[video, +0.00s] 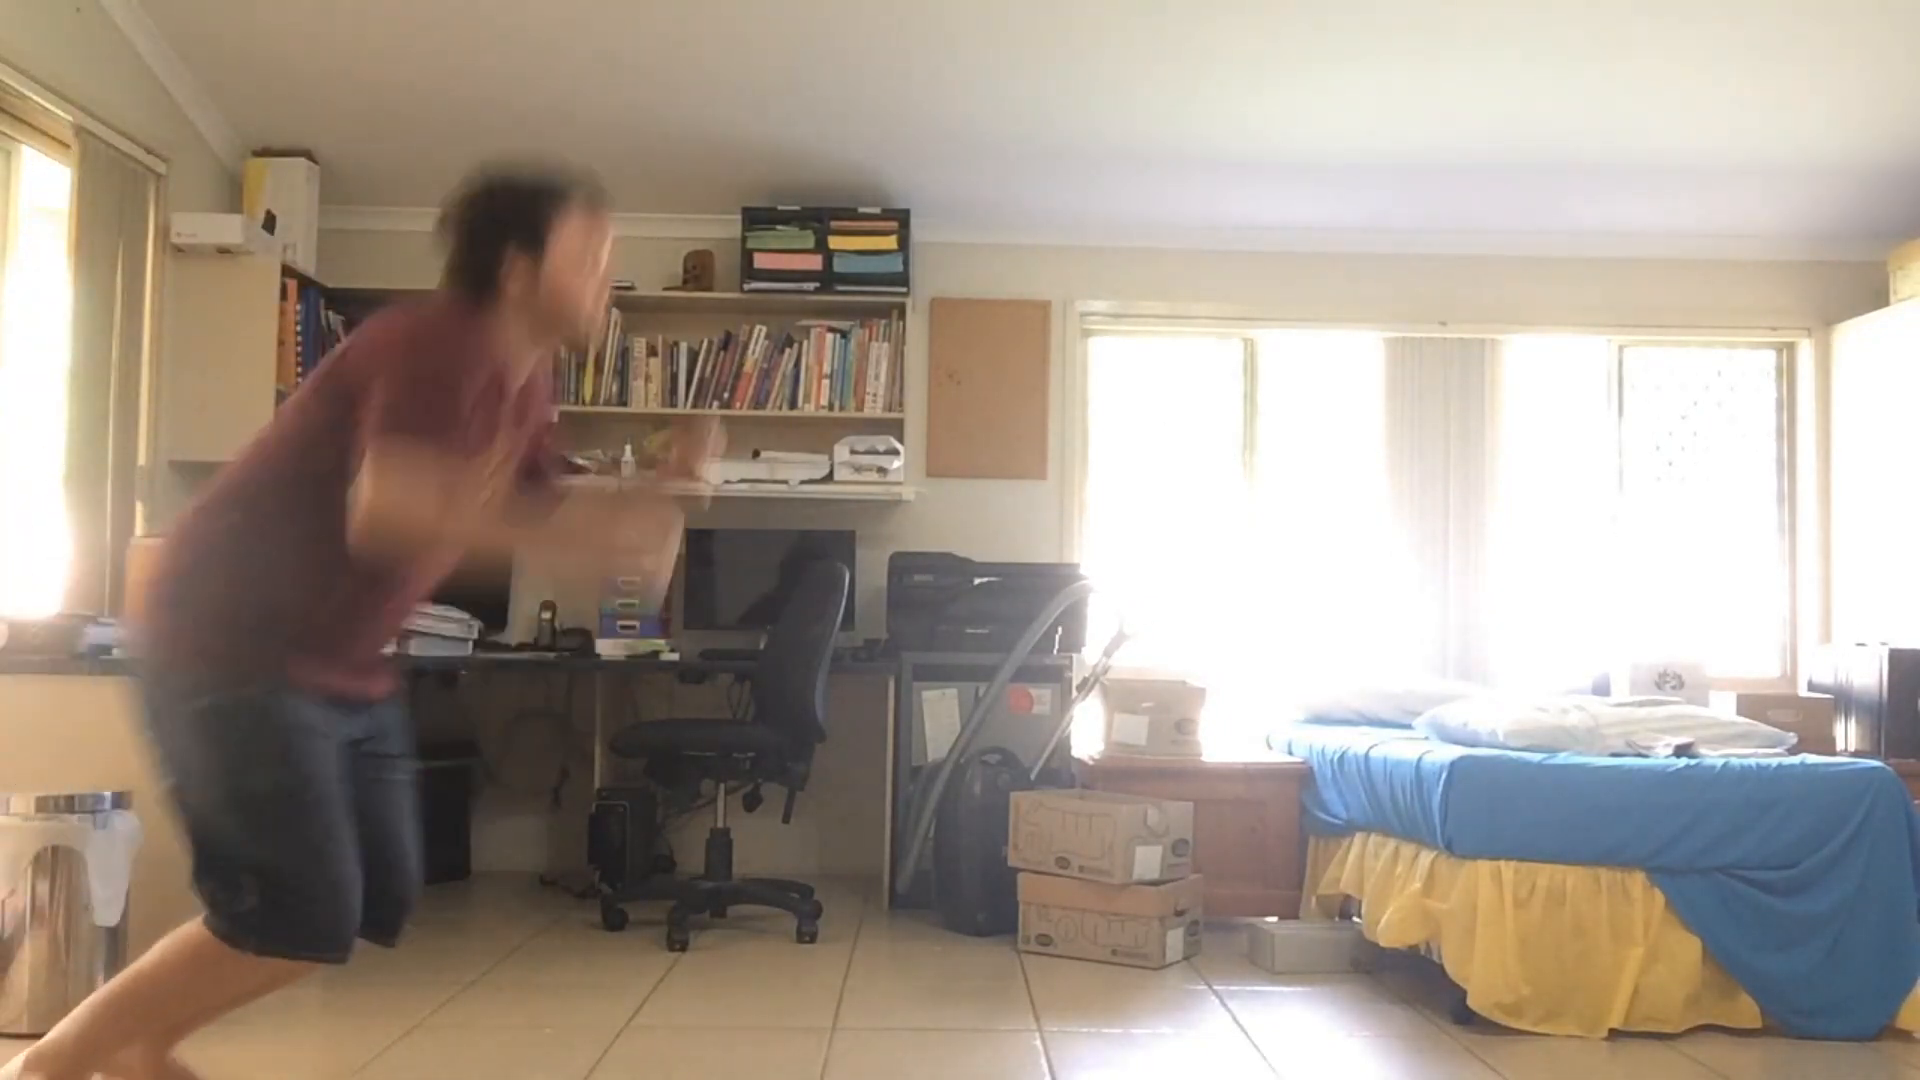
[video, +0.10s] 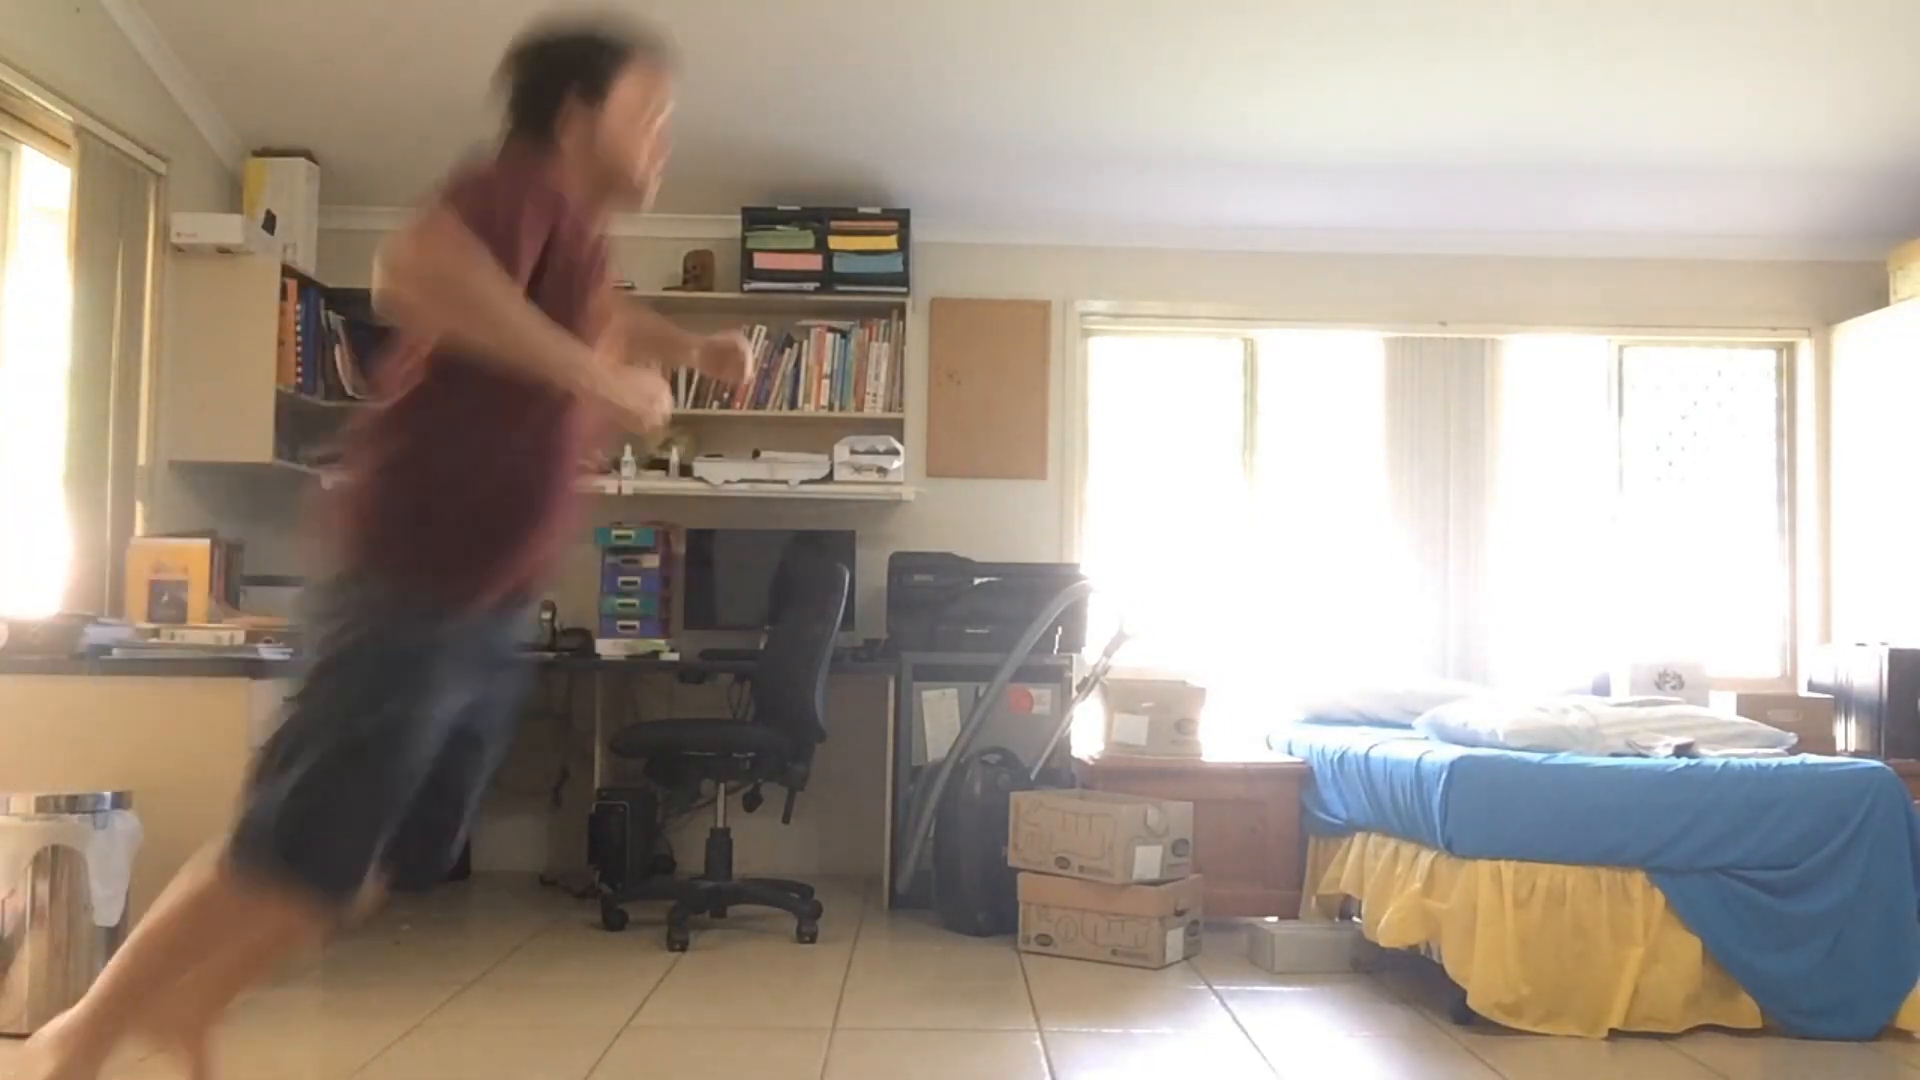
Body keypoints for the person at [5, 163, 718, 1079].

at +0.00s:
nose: (606, 282)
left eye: (606, 260)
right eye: (590, 257)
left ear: (547, 271)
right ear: (518, 264)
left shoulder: (525, 378)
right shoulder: (438, 340)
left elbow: (528, 507)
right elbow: (386, 508)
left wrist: (653, 489)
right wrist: (566, 535)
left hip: (345, 656)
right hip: (228, 643)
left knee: (372, 898)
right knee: (300, 912)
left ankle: (145, 1042)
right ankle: (53, 1063)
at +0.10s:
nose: (665, 135)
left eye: (666, 112)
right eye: (651, 109)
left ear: (598, 117)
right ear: (579, 111)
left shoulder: (575, 230)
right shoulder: (516, 188)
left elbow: (600, 320)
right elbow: (419, 267)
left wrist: (688, 347)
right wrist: (595, 372)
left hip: (490, 596)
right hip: (409, 583)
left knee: (363, 869)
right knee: (289, 860)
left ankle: (187, 1021)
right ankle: (65, 1050)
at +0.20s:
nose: (762, 55)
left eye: (767, 34)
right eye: (749, 27)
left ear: (698, 28)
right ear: (682, 18)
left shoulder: (684, 138)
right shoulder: (607, 91)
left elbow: (649, 292)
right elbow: (476, 225)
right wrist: (551, 424)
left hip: (650, 496)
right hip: (577, 481)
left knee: (545, 758)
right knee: (517, 755)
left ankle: (308, 925)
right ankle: (215, 902)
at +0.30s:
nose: (944, 87)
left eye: (952, 67)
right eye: (939, 57)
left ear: (892, 44)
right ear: (883, 30)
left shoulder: (829, 135)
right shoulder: (768, 90)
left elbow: (744, 296)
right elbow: (646, 245)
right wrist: (555, 428)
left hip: (720, 457)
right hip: (661, 450)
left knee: (766, 692)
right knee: (765, 691)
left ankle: (572, 891)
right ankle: (540, 874)